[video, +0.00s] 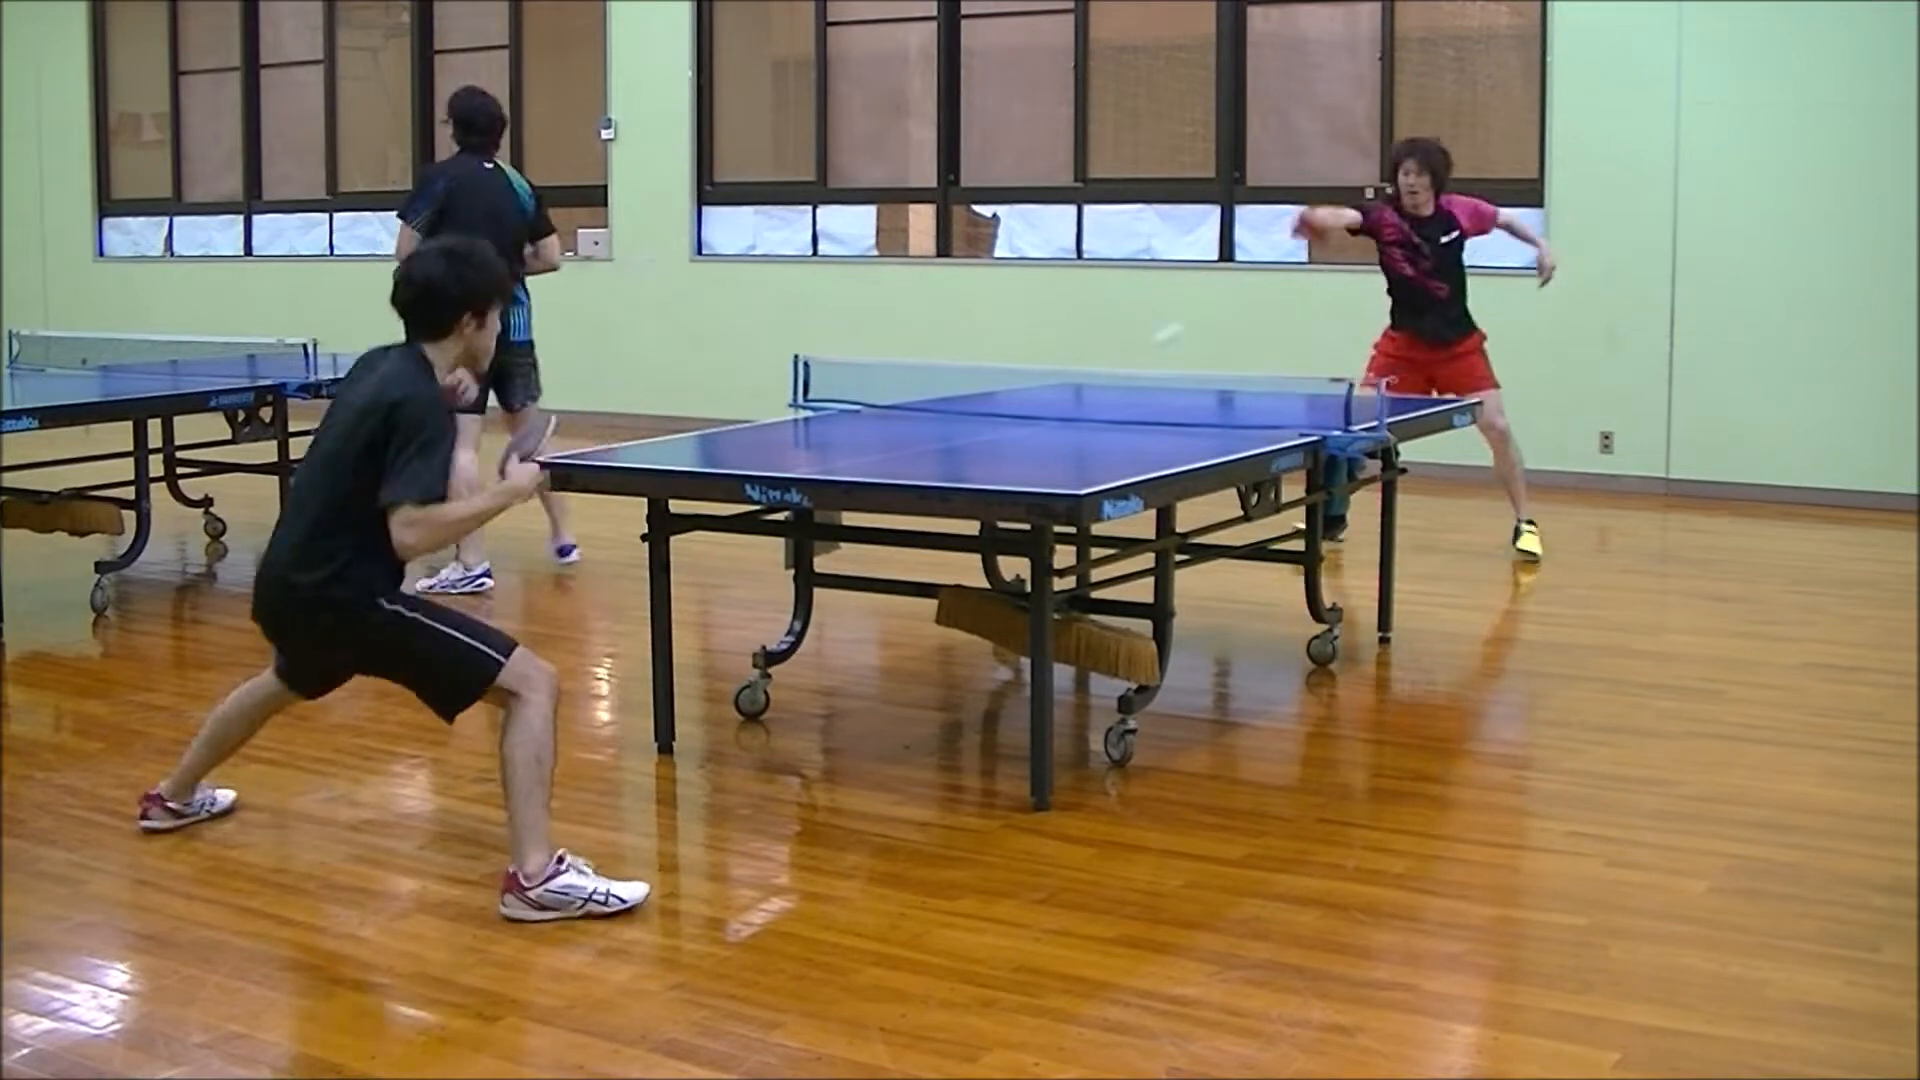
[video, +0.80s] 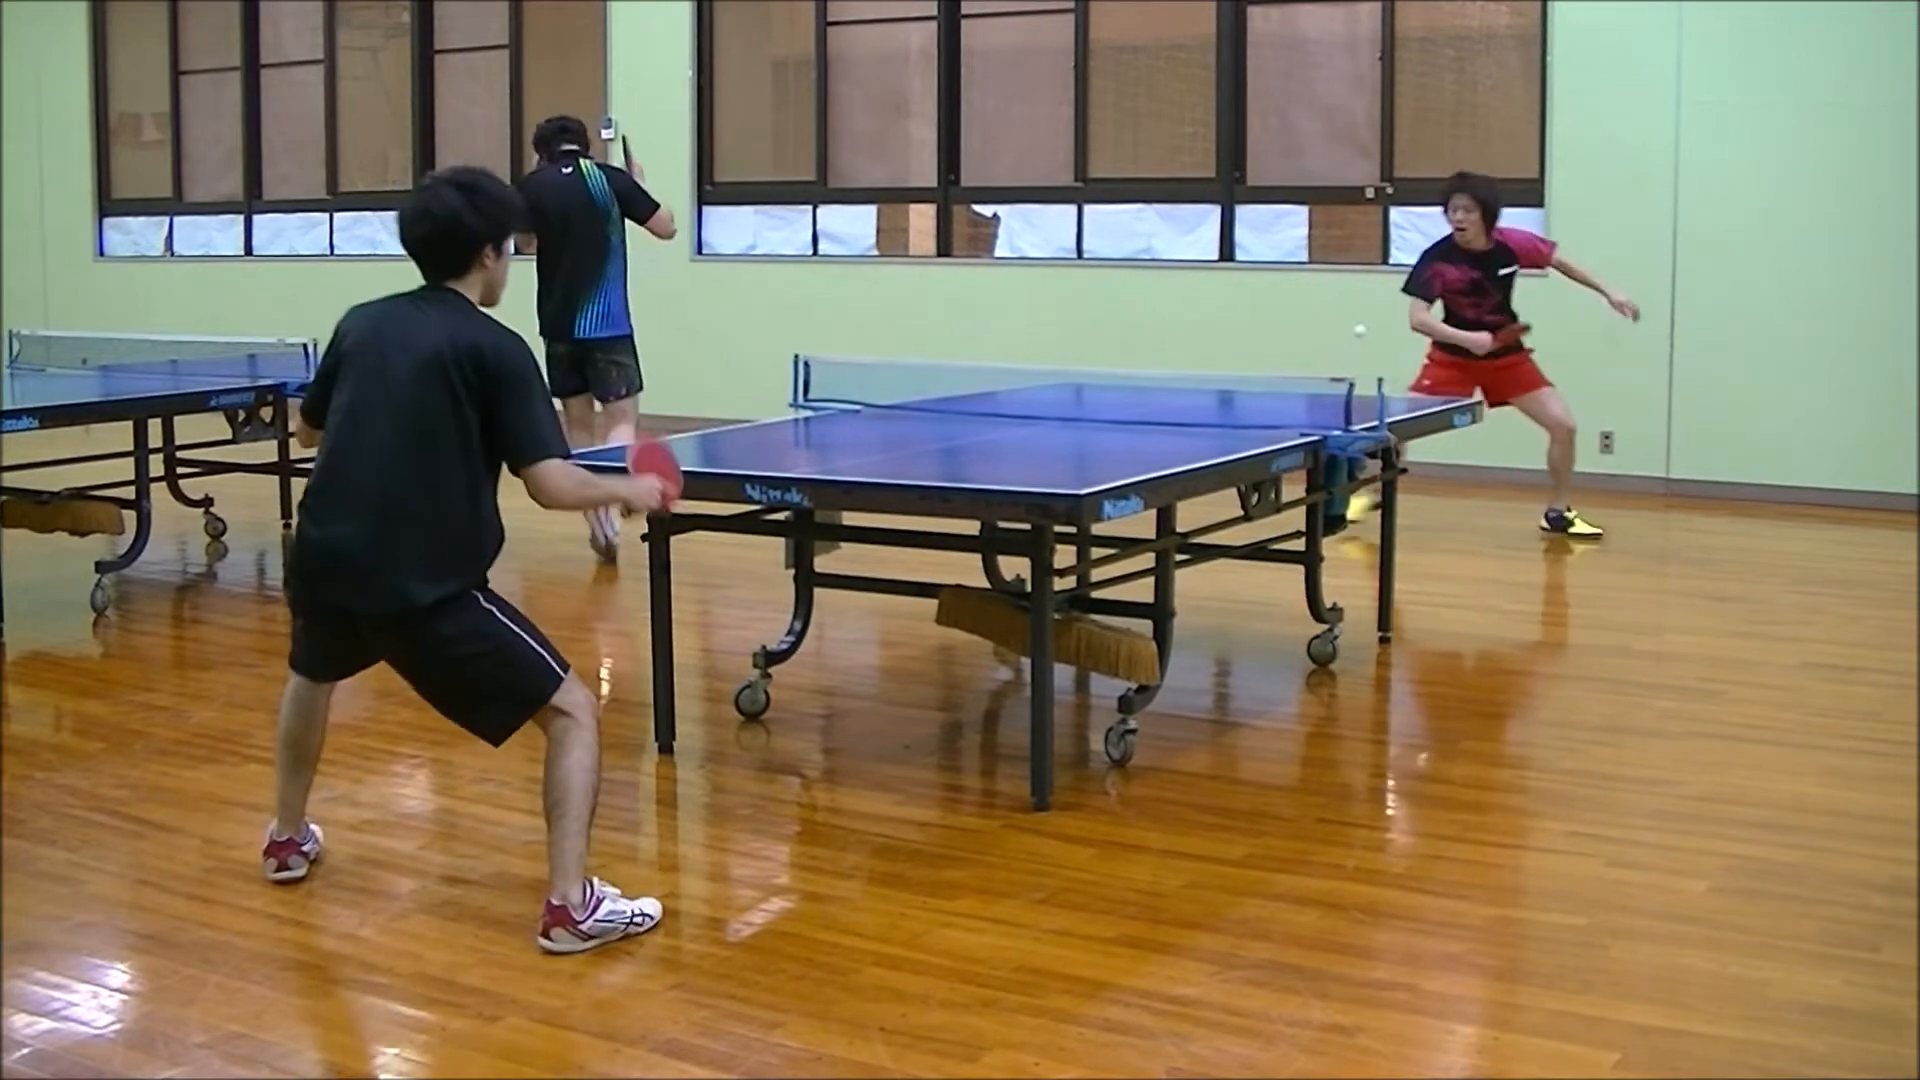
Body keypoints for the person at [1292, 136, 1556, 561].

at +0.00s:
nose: (1410, 183)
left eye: (1419, 175)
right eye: (1403, 175)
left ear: (1436, 180)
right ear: (1395, 180)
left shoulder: (1457, 211)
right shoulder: (1383, 216)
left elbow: (1506, 221)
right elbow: (1343, 218)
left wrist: (1542, 247)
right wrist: (1312, 217)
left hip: (1459, 348)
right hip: (1402, 346)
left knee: (1497, 427)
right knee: (1354, 425)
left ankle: (1524, 522)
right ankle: (1333, 516)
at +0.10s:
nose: (1423, 182)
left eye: (1432, 175)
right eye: (1416, 173)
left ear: (1448, 180)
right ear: (1406, 178)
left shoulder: (1462, 217)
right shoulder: (1387, 218)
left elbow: (1500, 250)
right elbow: (1344, 251)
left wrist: (1523, 278)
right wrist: (1308, 276)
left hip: (1463, 348)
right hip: (1407, 349)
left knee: (1506, 431)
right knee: (1363, 427)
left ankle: (1528, 514)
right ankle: (1368, 505)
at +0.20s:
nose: (1429, 192)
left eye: (1438, 185)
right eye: (1423, 184)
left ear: (1455, 192)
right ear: (1415, 191)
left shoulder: (1477, 234)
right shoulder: (1398, 241)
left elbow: (1515, 272)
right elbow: (1359, 284)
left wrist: (1524, 295)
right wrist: (1324, 319)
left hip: (1475, 360)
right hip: (1421, 359)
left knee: (1517, 444)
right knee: (1374, 433)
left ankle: (1531, 512)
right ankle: (1366, 513)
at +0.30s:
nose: (1440, 186)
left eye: (1449, 179)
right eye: (1433, 179)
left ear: (1466, 184)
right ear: (1424, 186)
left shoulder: (1492, 220)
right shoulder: (1414, 242)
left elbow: (1532, 255)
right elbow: (1391, 292)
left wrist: (1537, 299)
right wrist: (1364, 334)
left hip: (1511, 347)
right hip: (1454, 356)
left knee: (1555, 428)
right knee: (1409, 430)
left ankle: (1562, 503)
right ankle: (1381, 508)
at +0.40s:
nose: (1459, 196)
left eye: (1468, 188)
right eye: (1453, 189)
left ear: (1485, 193)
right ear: (1445, 196)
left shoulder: (1511, 231)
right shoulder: (1439, 250)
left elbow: (1556, 266)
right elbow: (1419, 297)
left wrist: (1566, 316)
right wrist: (1405, 342)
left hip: (1535, 353)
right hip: (1483, 362)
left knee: (1584, 435)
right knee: (1439, 424)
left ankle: (1626, 505)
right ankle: (1456, 504)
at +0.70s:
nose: (1481, 212)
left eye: (1490, 204)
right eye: (1475, 204)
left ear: (1511, 207)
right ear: (1469, 208)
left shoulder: (1537, 243)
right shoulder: (1458, 253)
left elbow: (1580, 274)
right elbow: (1432, 307)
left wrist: (1613, 314)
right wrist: (1455, 344)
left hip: (1535, 358)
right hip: (1479, 359)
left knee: (1590, 430)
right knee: (1427, 424)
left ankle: (1627, 512)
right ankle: (1452, 488)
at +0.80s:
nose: (1457, 218)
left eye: (1466, 210)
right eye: (1452, 211)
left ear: (1487, 213)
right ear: (1446, 214)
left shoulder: (1510, 246)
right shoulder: (1437, 258)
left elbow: (1559, 263)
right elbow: (1417, 318)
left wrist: (1609, 293)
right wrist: (1467, 339)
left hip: (1507, 361)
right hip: (1449, 362)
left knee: (1563, 426)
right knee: (1397, 428)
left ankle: (1557, 511)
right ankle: (1379, 490)